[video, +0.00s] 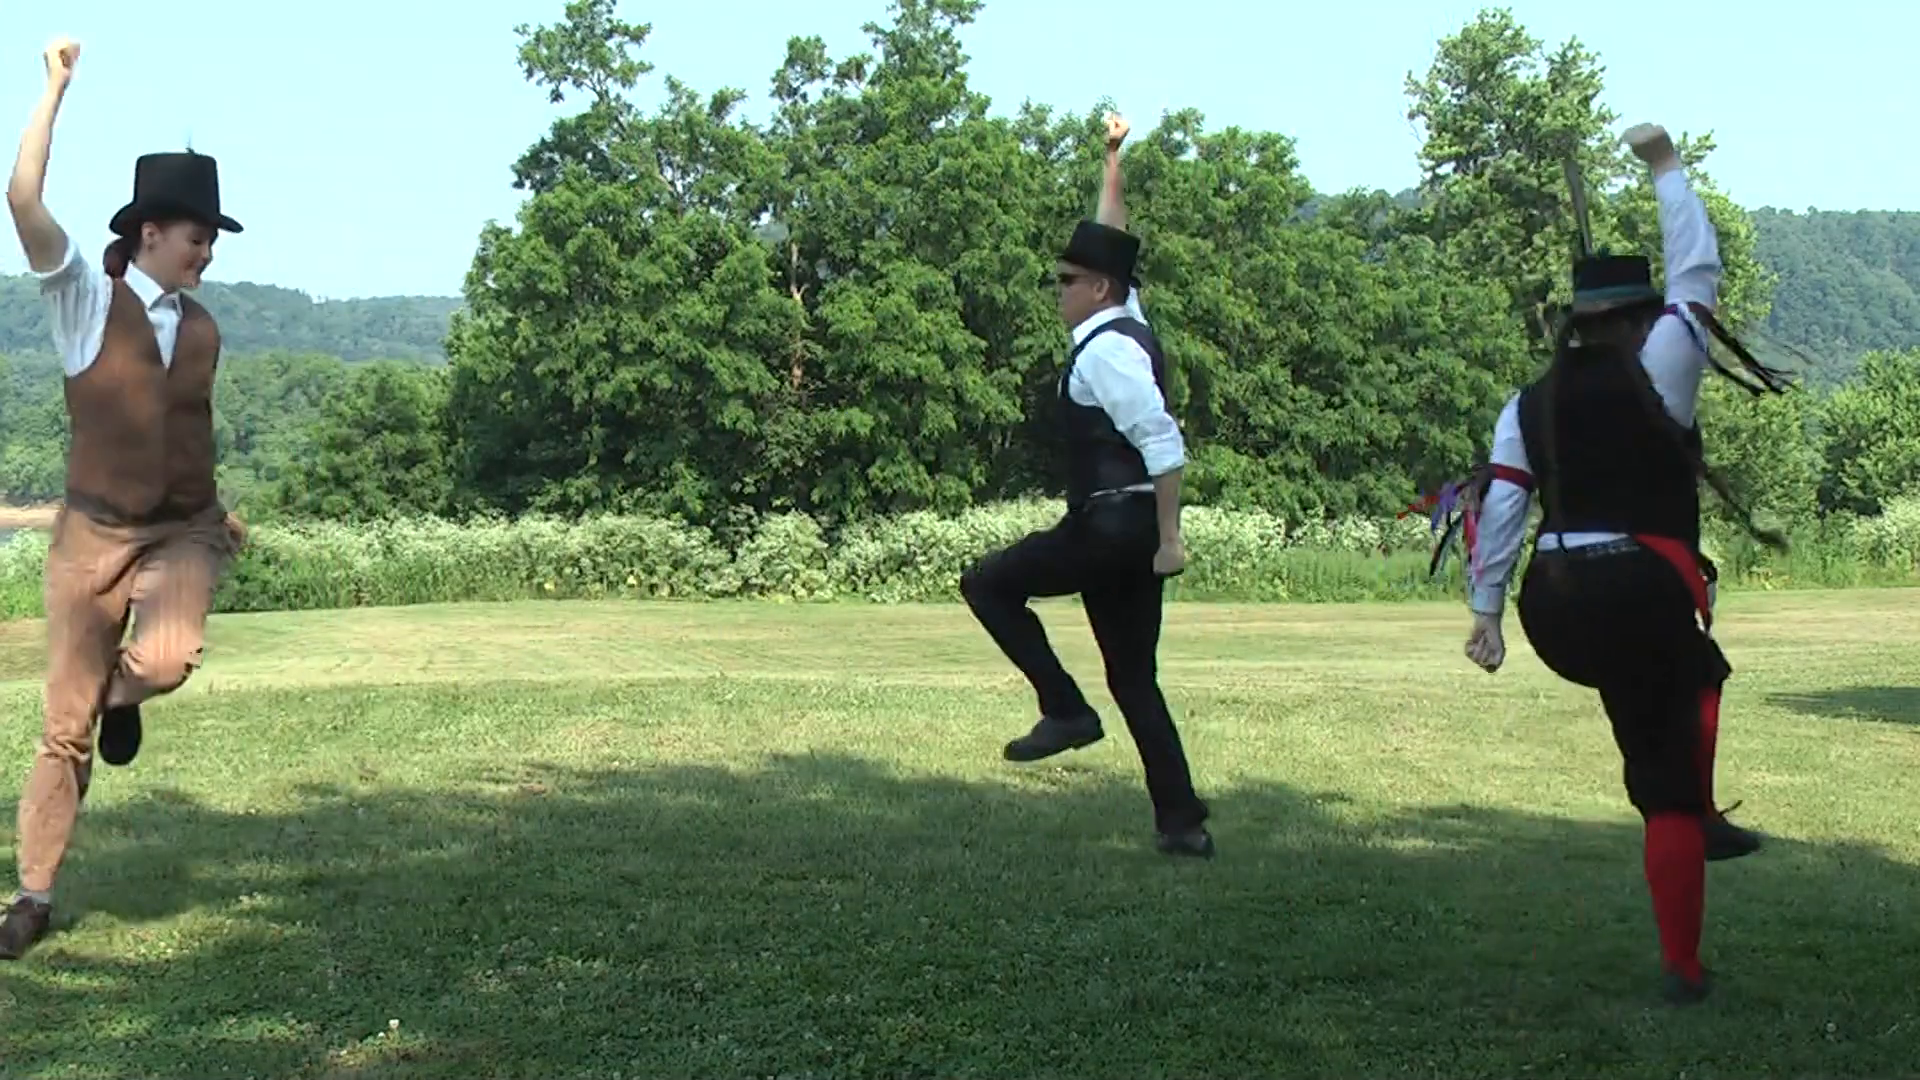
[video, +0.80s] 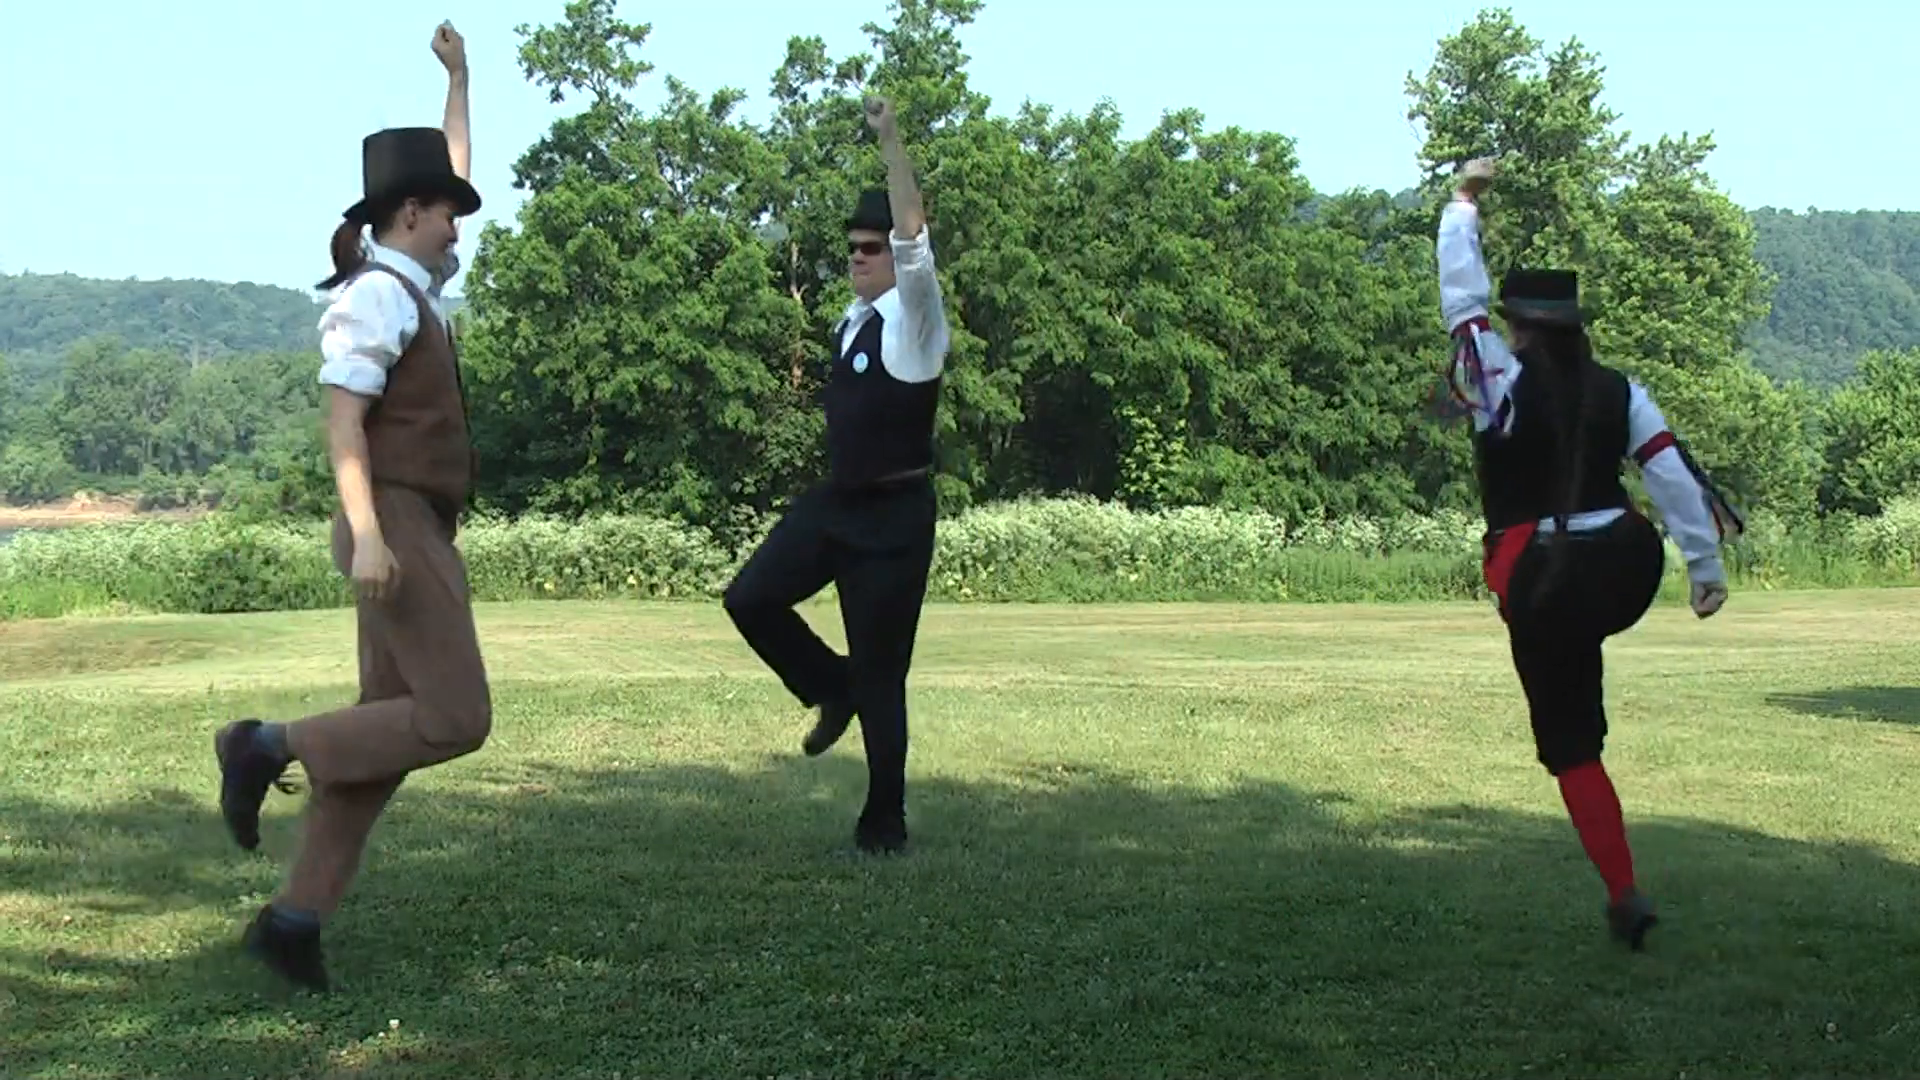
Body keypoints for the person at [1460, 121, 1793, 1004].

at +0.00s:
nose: (1649, 319)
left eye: (1627, 310)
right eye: (1643, 307)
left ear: (1576, 321)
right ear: (1639, 318)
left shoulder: (1528, 404)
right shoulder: (1665, 358)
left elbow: (1501, 507)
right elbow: (1695, 266)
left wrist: (1485, 608)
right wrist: (1666, 166)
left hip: (1553, 597)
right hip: (1645, 591)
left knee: (1694, 665)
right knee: (1675, 787)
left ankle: (1697, 815)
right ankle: (1682, 969)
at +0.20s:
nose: (1651, 374)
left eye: (1625, 364)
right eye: (1658, 363)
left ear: (1600, 372)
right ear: (1670, 366)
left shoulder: (1557, 459)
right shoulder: (1705, 425)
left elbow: (1532, 564)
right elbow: (1751, 329)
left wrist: (1512, 652)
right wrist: (1693, 250)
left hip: (1585, 650)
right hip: (1690, 641)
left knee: (1674, 723)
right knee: (1694, 808)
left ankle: (1699, 846)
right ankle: (1679, 981)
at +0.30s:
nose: (1610, 353)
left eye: (1600, 344)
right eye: (1633, 344)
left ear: (1593, 353)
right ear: (1660, 348)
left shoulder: (1560, 435)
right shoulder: (1706, 408)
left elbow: (1498, 528)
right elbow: (1783, 356)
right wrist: (1723, 301)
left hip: (1602, 622)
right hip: (1701, 610)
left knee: (1642, 722)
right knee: (1700, 775)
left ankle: (1686, 851)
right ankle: (1694, 951)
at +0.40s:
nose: (1589, 360)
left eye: (1582, 351)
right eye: (1616, 348)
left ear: (1577, 356)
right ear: (1641, 350)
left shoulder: (1546, 430)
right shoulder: (1692, 414)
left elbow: (1441, 450)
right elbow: (1775, 485)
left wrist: (1465, 367)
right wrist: (1775, 454)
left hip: (1594, 607)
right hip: (1693, 599)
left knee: (1633, 760)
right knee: (1713, 756)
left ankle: (1671, 919)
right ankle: (1721, 895)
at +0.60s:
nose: (1547, 391)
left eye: (1549, 381)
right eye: (1559, 378)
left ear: (1551, 389)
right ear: (1613, 382)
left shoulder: (1532, 443)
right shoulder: (1661, 444)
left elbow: (1486, 361)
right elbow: (1699, 526)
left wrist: (1473, 263)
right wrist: (1717, 618)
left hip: (1580, 634)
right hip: (1667, 624)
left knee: (1614, 784)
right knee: (1662, 750)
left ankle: (1667, 940)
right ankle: (1694, 888)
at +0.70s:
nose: (1531, 355)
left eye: (1535, 344)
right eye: (1543, 344)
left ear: (1538, 353)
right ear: (1598, 351)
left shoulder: (1513, 399)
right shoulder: (1642, 411)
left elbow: (1473, 318)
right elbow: (1694, 496)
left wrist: (1467, 227)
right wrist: (1723, 582)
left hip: (1561, 607)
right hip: (1651, 597)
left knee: (1604, 764)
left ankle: (1659, 926)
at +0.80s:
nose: (1504, 330)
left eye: (1510, 322)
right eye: (1512, 322)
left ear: (1519, 330)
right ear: (1575, 331)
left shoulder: (1497, 374)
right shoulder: (1620, 391)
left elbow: (1462, 291)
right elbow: (1671, 475)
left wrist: (1463, 199)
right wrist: (1705, 563)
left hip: (1539, 584)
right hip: (1625, 573)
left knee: (1572, 747)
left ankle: (1624, 897)